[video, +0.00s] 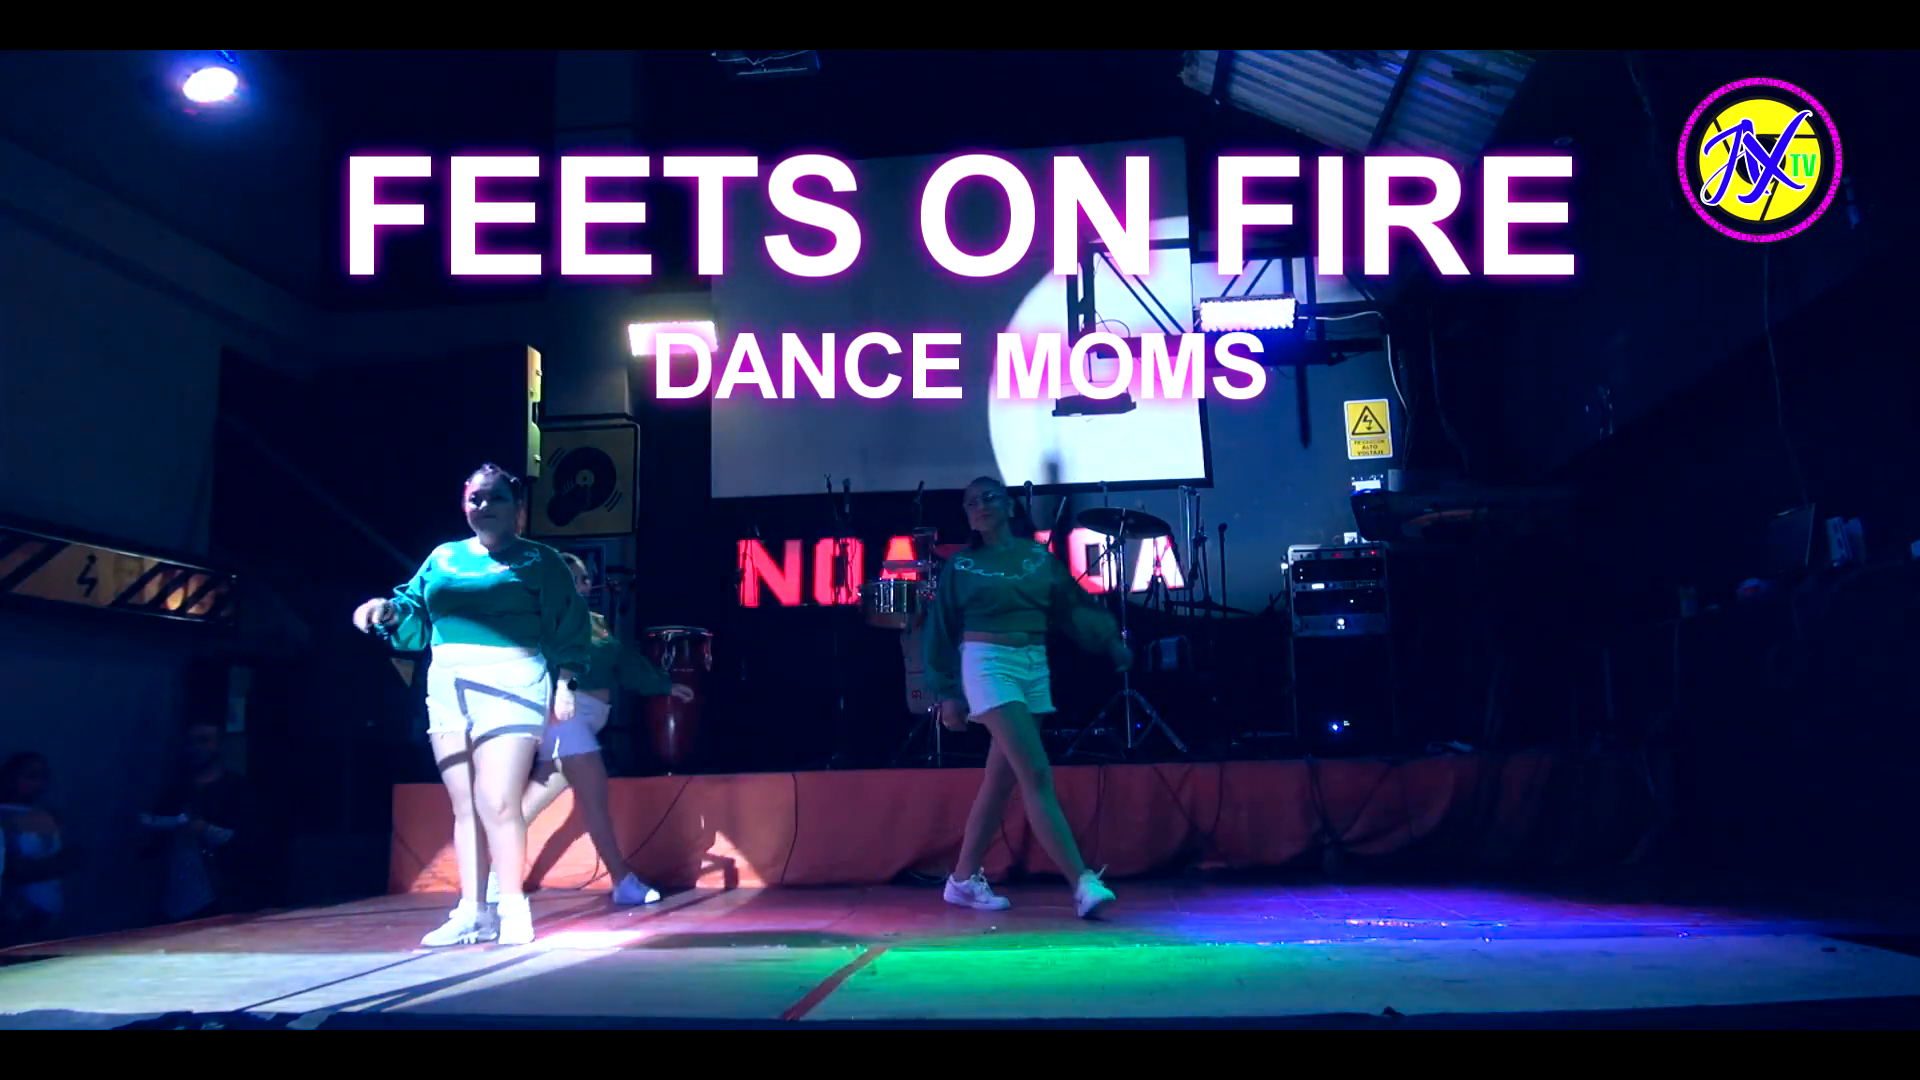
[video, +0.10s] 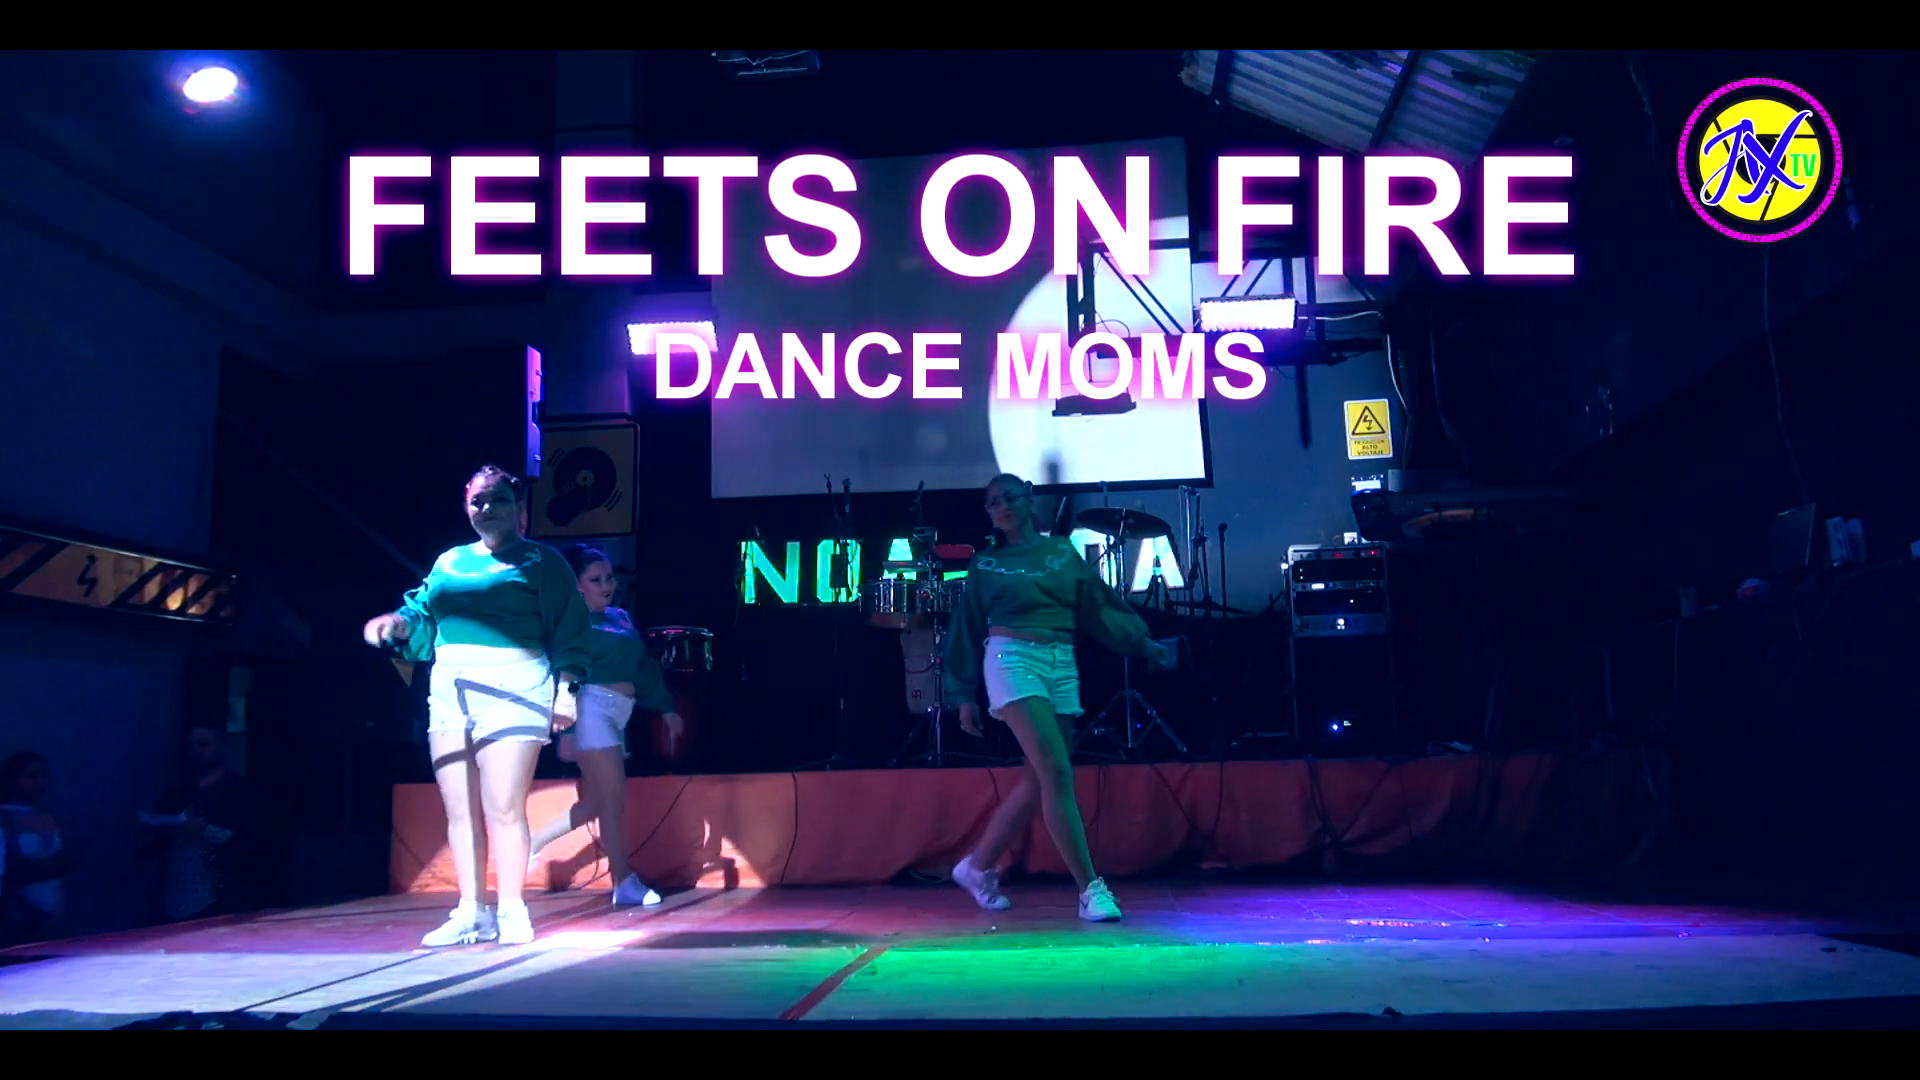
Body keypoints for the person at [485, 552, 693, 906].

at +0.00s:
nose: (584, 587)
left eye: (586, 581)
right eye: (577, 581)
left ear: (589, 585)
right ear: (559, 585)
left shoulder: (591, 622)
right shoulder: (554, 621)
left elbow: (625, 660)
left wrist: (665, 685)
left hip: (589, 716)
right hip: (564, 712)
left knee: (528, 805)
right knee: (595, 793)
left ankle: (492, 879)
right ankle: (622, 880)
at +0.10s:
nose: (606, 585)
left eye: (609, 578)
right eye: (596, 579)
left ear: (614, 580)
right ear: (578, 585)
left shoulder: (621, 619)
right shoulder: (574, 620)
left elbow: (644, 668)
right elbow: (564, 665)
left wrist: (666, 709)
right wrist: (562, 710)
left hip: (617, 713)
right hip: (592, 709)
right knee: (612, 796)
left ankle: (530, 843)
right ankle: (623, 881)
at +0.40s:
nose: (679, 571)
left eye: (684, 566)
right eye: (672, 562)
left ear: (687, 570)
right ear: (651, 561)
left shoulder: (680, 610)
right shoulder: (630, 606)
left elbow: (683, 655)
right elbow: (627, 655)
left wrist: (692, 671)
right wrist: (663, 672)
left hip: (681, 701)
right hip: (640, 701)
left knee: (707, 773)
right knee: (639, 792)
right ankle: (634, 877)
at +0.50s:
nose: (705, 573)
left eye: (708, 569)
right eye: (699, 566)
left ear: (706, 577)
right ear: (680, 567)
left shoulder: (700, 615)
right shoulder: (650, 607)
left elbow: (701, 660)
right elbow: (643, 657)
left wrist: (704, 680)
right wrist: (681, 677)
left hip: (703, 704)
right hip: (661, 704)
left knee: (713, 794)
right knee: (654, 794)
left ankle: (733, 876)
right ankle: (641, 877)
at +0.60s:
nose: (724, 574)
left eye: (729, 570)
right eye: (718, 566)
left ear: (730, 579)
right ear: (698, 567)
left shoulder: (720, 617)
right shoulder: (673, 607)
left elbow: (728, 668)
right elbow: (661, 659)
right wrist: (691, 694)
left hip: (728, 704)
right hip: (685, 705)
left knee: (732, 800)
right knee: (677, 802)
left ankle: (736, 883)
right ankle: (647, 869)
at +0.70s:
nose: (738, 572)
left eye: (744, 567)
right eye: (731, 565)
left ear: (748, 573)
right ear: (714, 567)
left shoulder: (745, 619)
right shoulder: (692, 607)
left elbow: (763, 674)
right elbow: (682, 659)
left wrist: (778, 720)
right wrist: (683, 710)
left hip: (751, 702)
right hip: (709, 703)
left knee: (746, 797)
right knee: (729, 796)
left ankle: (737, 882)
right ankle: (680, 837)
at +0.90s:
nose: (756, 562)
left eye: (763, 555)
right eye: (748, 556)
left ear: (773, 560)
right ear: (736, 560)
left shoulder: (786, 608)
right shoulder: (722, 605)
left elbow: (811, 659)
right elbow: (693, 652)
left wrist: (846, 675)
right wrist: (673, 697)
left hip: (781, 701)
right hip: (739, 698)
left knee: (757, 788)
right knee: (790, 764)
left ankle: (739, 876)